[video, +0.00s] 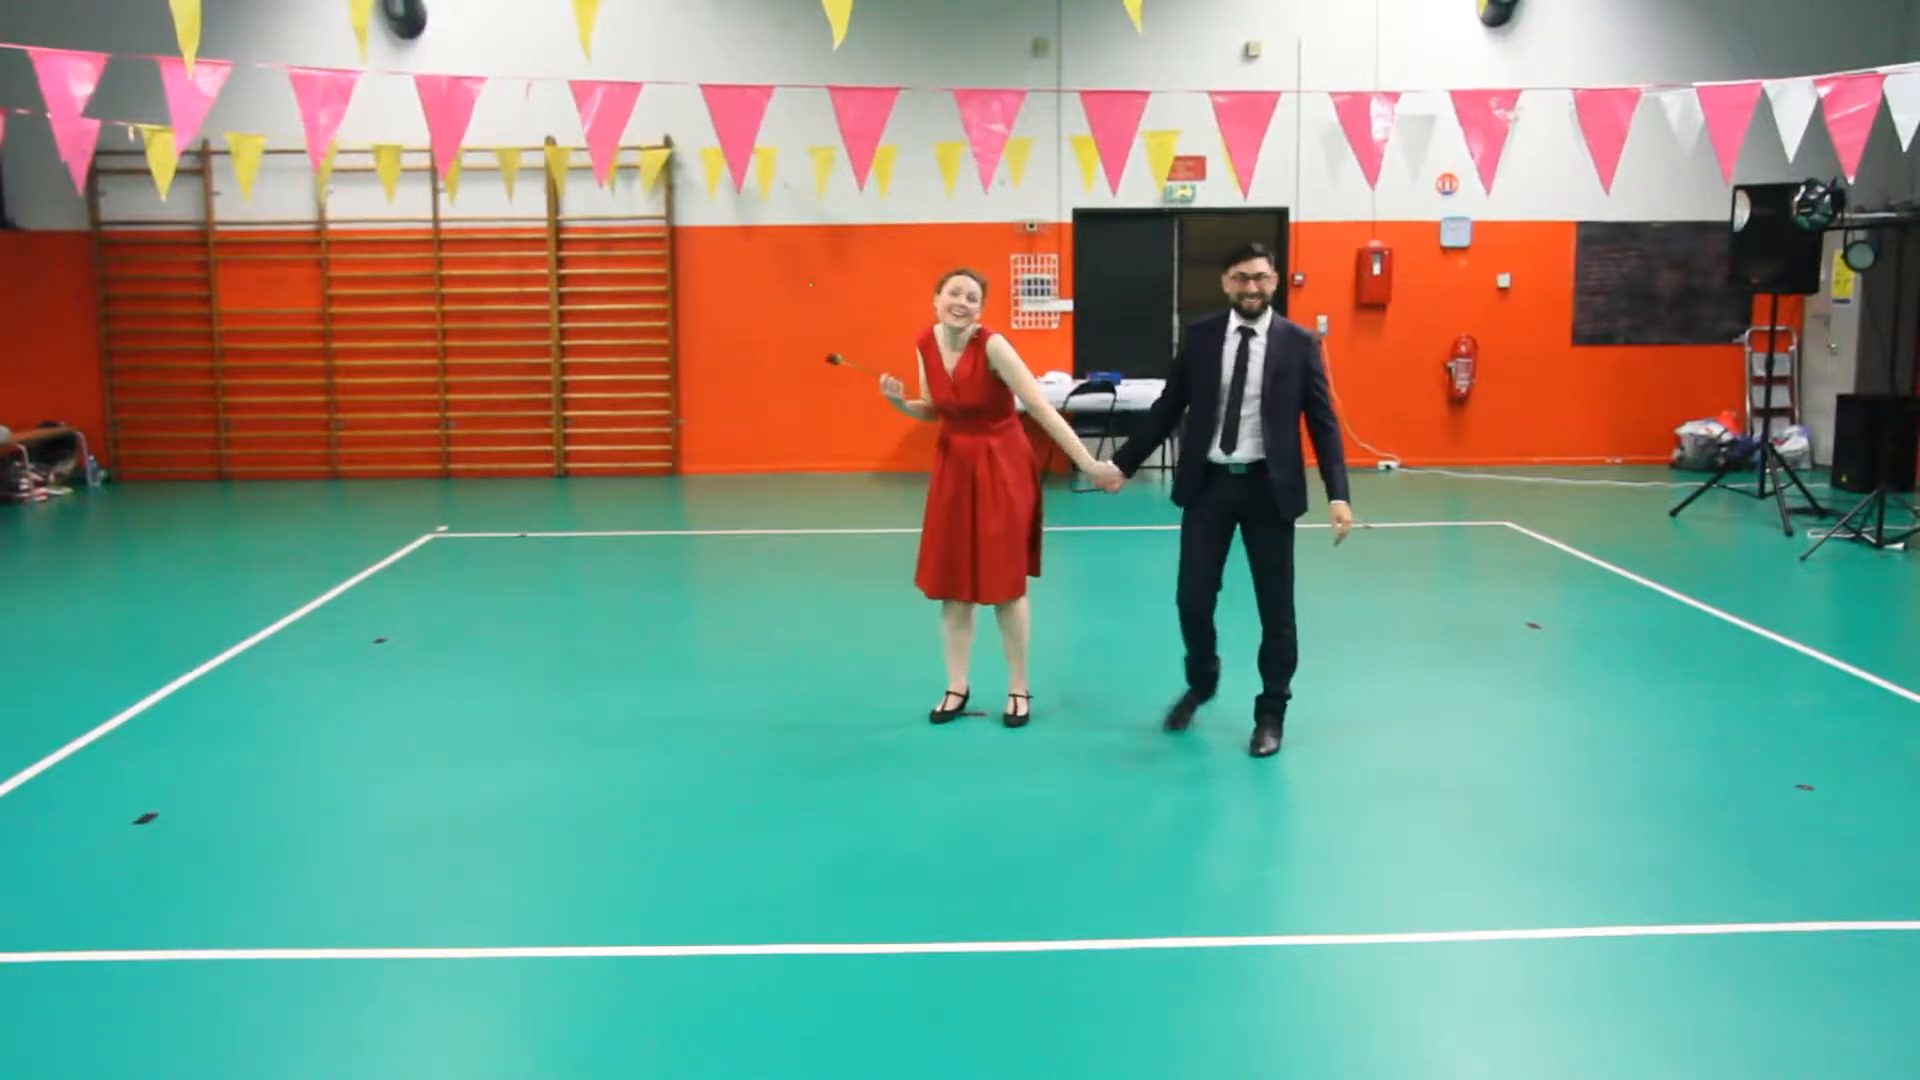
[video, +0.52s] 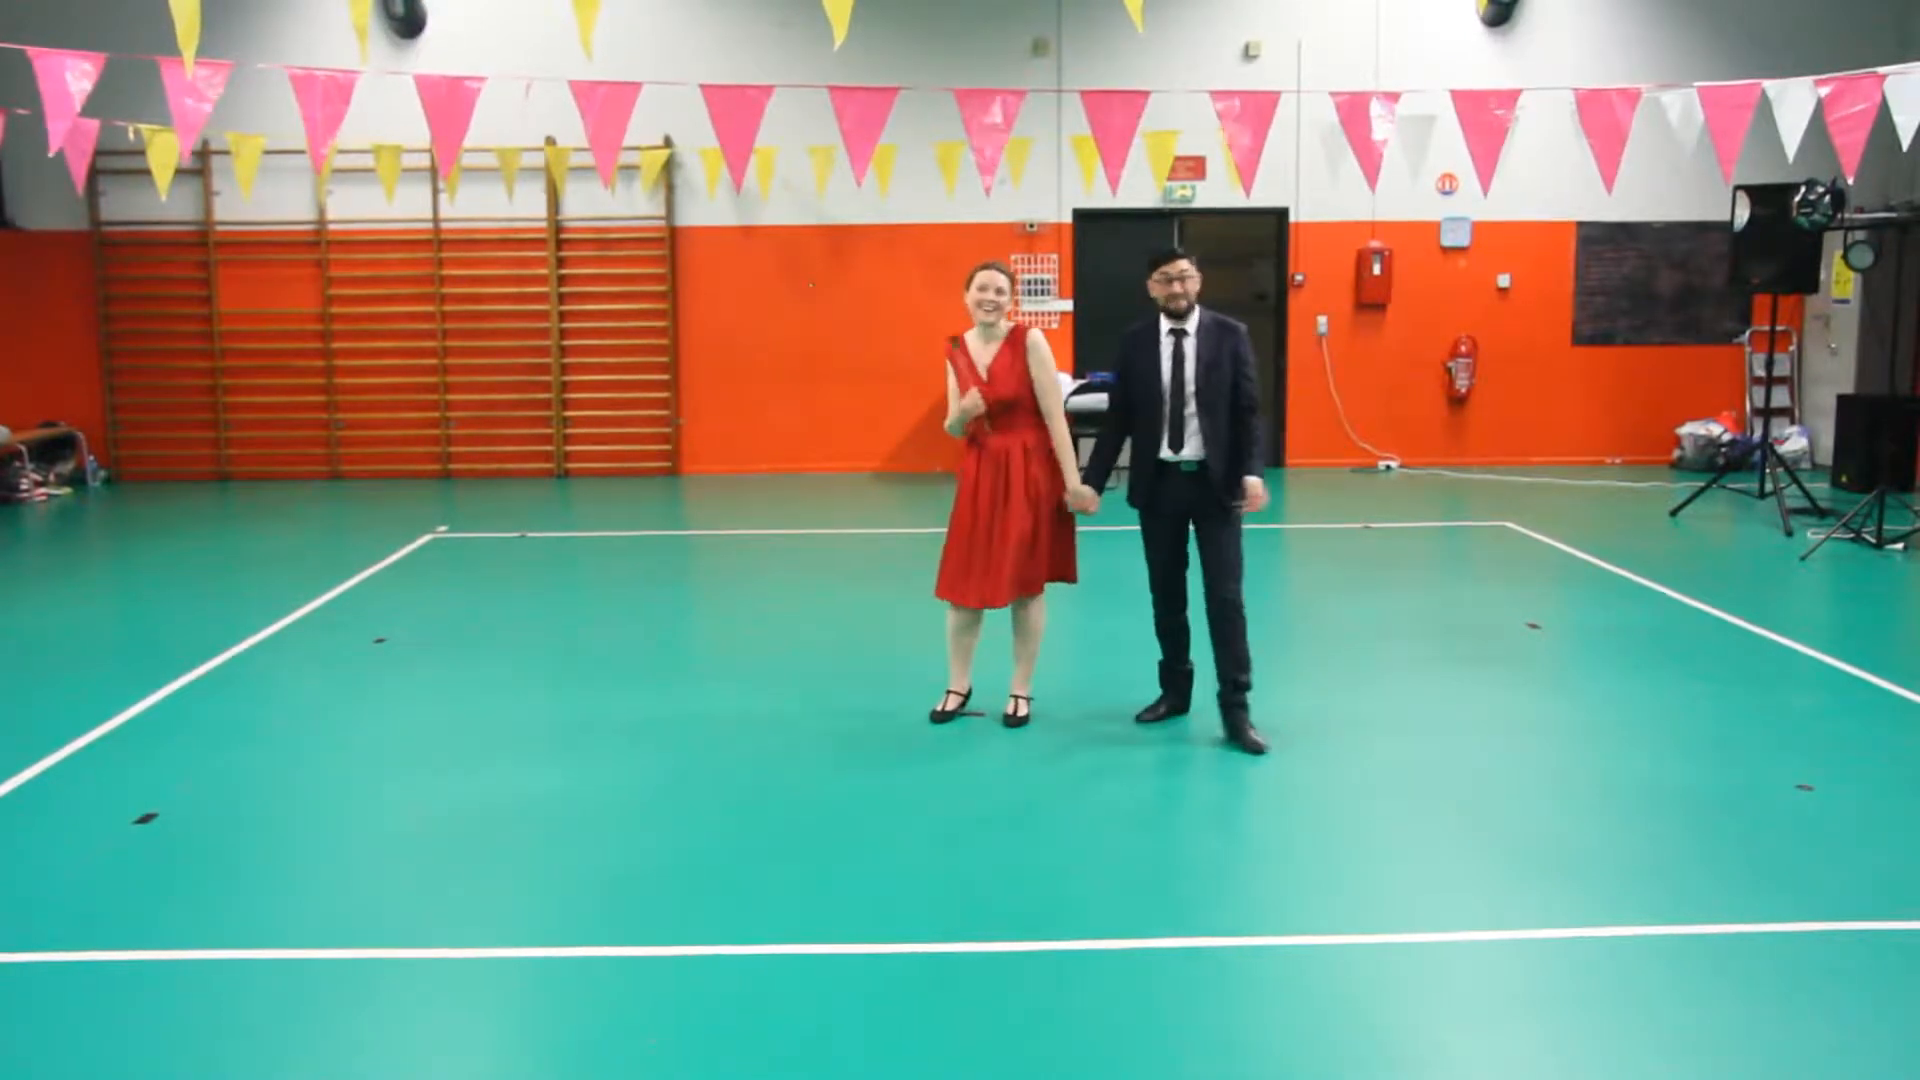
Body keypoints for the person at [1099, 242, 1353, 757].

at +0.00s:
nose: (1252, 286)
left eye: (1261, 278)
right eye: (1242, 278)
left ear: (1276, 283)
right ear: (1225, 283)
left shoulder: (1299, 344)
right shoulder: (1201, 338)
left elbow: (1323, 421)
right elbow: (1167, 410)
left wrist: (1338, 494)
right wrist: (1122, 465)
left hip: (1269, 487)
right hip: (1208, 485)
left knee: (1276, 609)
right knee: (1192, 600)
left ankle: (1271, 714)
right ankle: (1201, 684)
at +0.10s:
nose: (1245, 282)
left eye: (1252, 274)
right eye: (1233, 276)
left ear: (1264, 283)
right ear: (1214, 285)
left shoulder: (1286, 343)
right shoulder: (1187, 339)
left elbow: (1307, 421)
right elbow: (1158, 413)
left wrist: (1326, 493)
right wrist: (1116, 471)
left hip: (1261, 486)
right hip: (1200, 485)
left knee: (1273, 607)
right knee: (1185, 597)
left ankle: (1271, 713)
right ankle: (1175, 687)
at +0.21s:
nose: (1232, 283)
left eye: (1238, 275)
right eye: (1221, 276)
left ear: (1251, 282)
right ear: (1201, 286)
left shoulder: (1274, 343)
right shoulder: (1180, 341)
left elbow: (1297, 421)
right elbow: (1150, 417)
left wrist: (1320, 492)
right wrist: (1111, 474)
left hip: (1251, 485)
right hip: (1191, 484)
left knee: (1268, 605)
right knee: (1180, 595)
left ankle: (1270, 713)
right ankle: (1175, 689)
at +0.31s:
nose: (1206, 285)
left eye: (1215, 277)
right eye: (1196, 277)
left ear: (1230, 283)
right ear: (1181, 285)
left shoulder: (1255, 340)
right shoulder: (1161, 340)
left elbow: (1277, 417)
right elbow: (1137, 417)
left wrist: (1302, 486)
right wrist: (1105, 477)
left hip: (1237, 483)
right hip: (1177, 484)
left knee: (1256, 606)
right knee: (1175, 597)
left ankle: (1267, 713)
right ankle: (1175, 693)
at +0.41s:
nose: (1199, 287)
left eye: (1206, 278)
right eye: (1188, 279)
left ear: (1218, 283)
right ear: (1170, 285)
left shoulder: (1243, 337)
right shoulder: (1151, 340)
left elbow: (1266, 415)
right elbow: (1129, 418)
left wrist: (1287, 480)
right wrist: (1100, 477)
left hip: (1228, 482)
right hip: (1168, 482)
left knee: (1244, 601)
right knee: (1171, 597)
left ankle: (1262, 712)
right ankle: (1175, 693)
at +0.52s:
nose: (1176, 287)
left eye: (1184, 277)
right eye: (1166, 280)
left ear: (1199, 283)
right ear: (1151, 288)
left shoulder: (1229, 335)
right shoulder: (1136, 341)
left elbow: (1248, 409)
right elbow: (1116, 417)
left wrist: (1252, 471)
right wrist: (1092, 481)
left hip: (1217, 481)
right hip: (1158, 482)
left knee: (1226, 596)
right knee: (1166, 595)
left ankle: (1237, 711)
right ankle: (1174, 693)